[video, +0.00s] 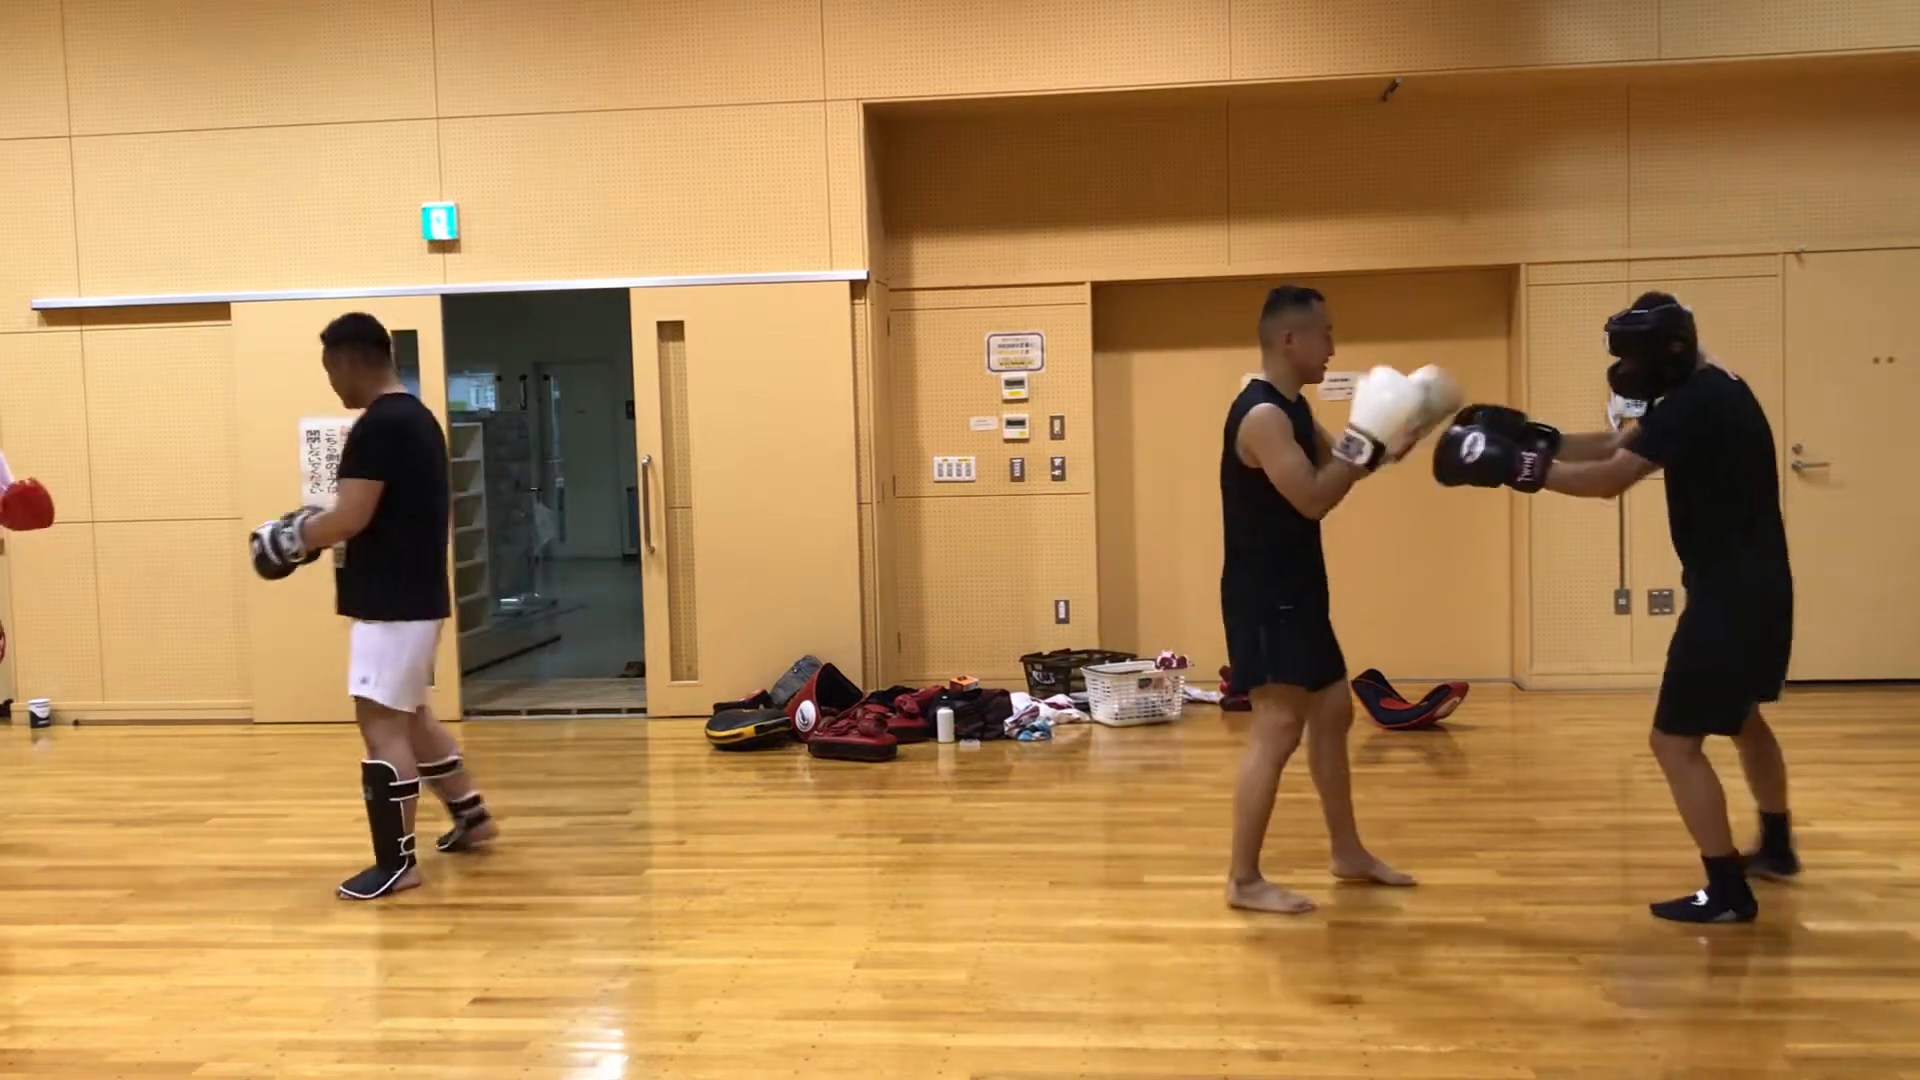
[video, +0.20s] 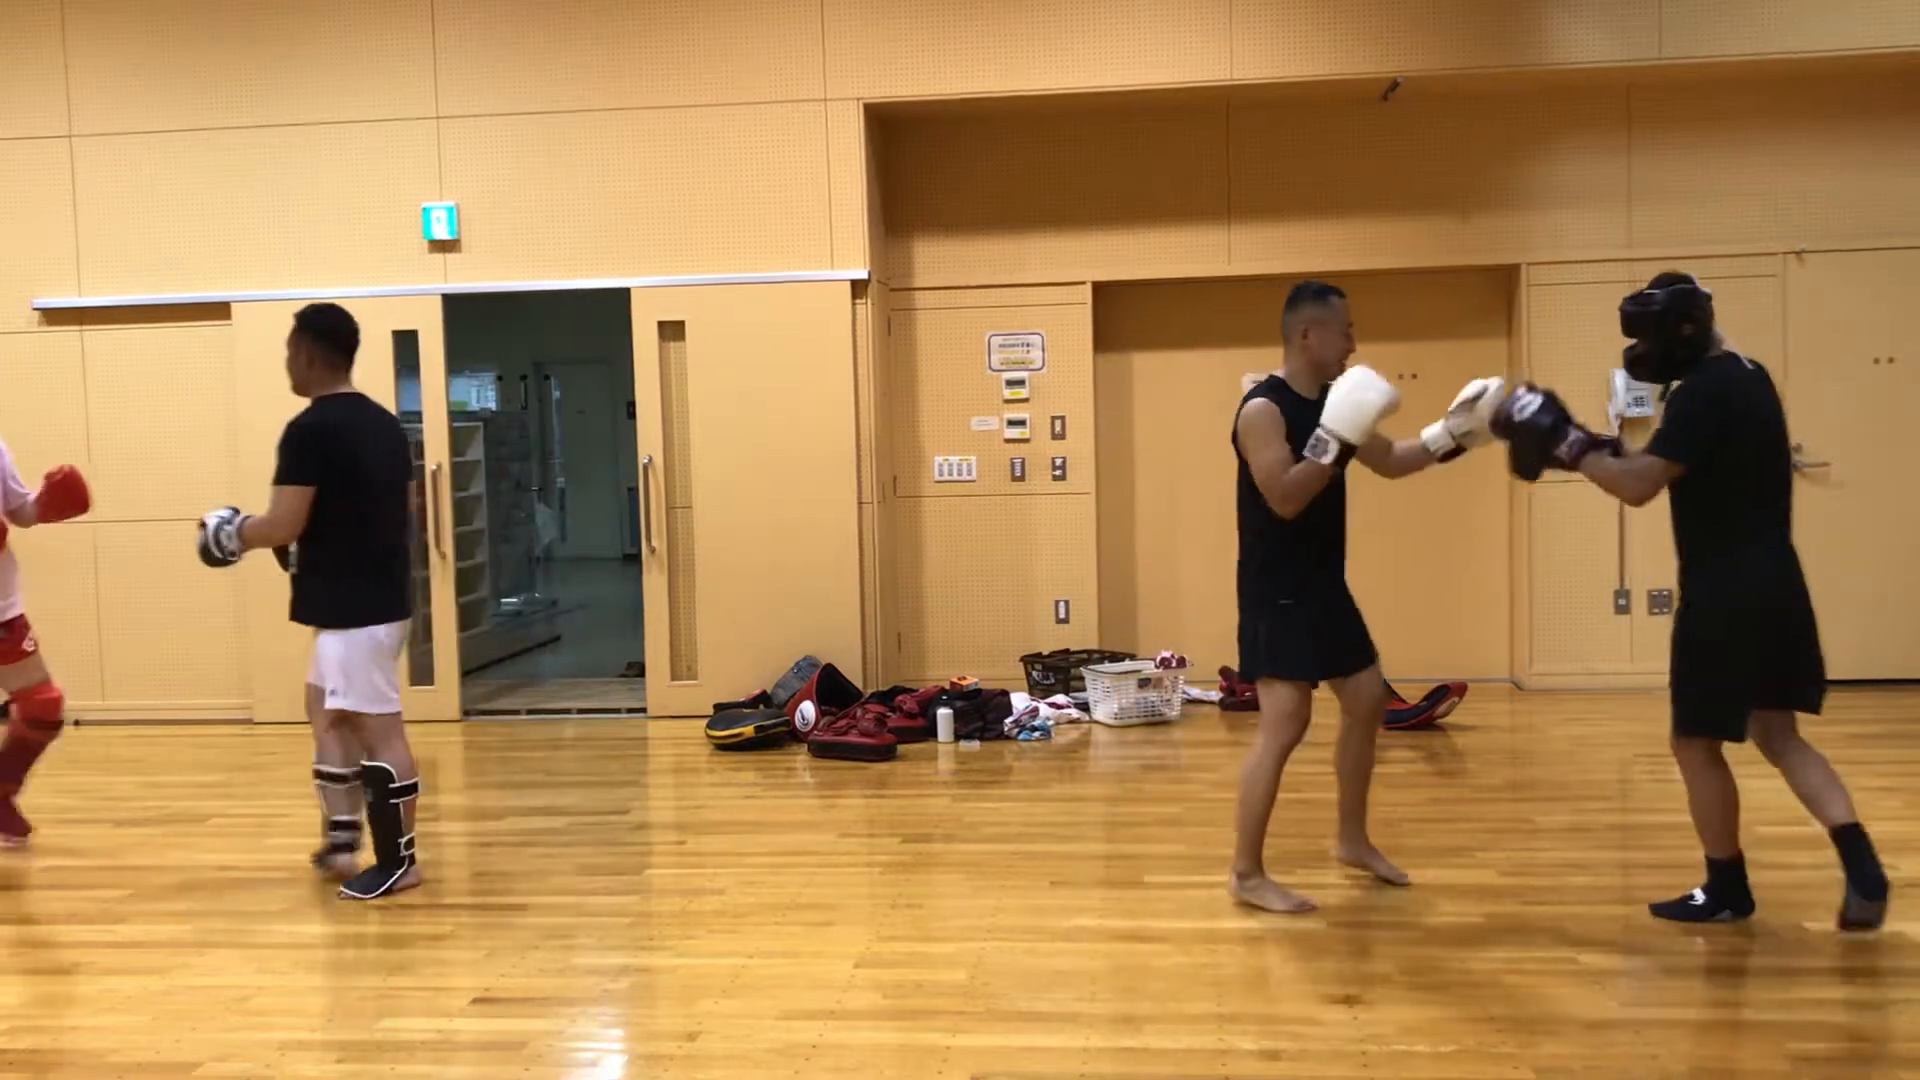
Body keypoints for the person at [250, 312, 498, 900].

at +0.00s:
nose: (330, 380)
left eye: (331, 367)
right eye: (327, 369)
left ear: (355, 360)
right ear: (381, 357)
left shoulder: (378, 425)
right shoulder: (416, 419)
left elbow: (349, 517)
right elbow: (389, 515)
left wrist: (292, 537)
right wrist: (315, 528)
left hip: (389, 606)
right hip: (417, 601)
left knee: (381, 723)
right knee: (410, 714)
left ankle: (396, 863)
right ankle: (470, 816)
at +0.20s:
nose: (286, 357)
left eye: (292, 347)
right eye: (289, 346)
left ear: (310, 354)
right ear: (344, 356)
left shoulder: (310, 428)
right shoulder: (384, 423)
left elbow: (282, 526)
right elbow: (389, 516)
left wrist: (235, 530)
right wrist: (303, 539)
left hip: (351, 611)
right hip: (377, 604)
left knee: (378, 727)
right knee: (325, 705)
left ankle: (397, 861)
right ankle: (343, 841)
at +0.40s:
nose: (249, 366)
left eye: (253, 355)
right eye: (253, 355)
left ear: (268, 359)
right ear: (309, 361)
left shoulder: (260, 435)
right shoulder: (349, 430)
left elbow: (222, 524)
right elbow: (380, 514)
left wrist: (179, 505)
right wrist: (315, 524)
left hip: (295, 615)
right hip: (338, 610)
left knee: (327, 733)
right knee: (287, 724)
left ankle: (390, 857)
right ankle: (288, 861)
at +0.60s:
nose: (210, 366)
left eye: (211, 356)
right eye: (212, 356)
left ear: (222, 356)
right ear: (271, 357)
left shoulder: (203, 420)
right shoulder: (308, 427)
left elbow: (131, 495)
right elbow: (315, 516)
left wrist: (109, 454)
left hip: (227, 607)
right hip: (294, 607)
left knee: (190, 734)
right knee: (279, 729)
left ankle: (280, 832)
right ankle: (295, 861)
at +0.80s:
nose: (148, 384)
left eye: (145, 375)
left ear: (142, 375)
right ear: (203, 374)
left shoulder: (120, 438)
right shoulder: (242, 440)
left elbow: (50, 487)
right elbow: (248, 507)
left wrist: (53, 434)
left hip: (143, 627)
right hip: (226, 627)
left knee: (104, 759)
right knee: (250, 743)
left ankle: (75, 901)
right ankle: (287, 863)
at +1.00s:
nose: (164, 395)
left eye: (164, 388)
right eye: (166, 387)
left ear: (102, 370)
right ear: (160, 383)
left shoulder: (38, 437)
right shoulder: (174, 432)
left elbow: (12, 531)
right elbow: (209, 488)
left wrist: (45, 545)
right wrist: (150, 440)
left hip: (70, 630)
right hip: (162, 626)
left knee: (65, 763)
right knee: (212, 746)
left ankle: (68, 910)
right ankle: (252, 869)